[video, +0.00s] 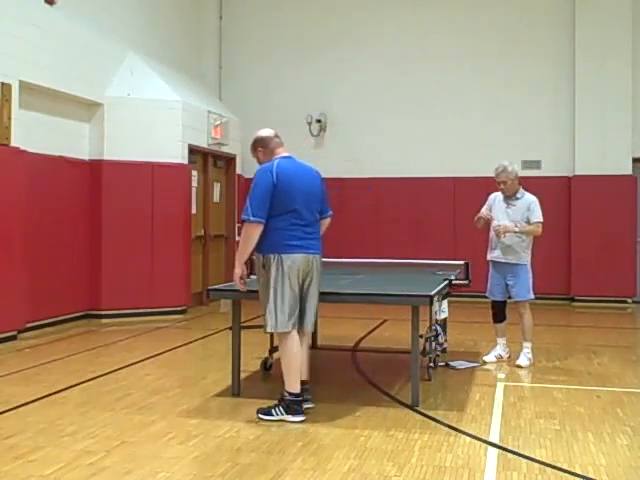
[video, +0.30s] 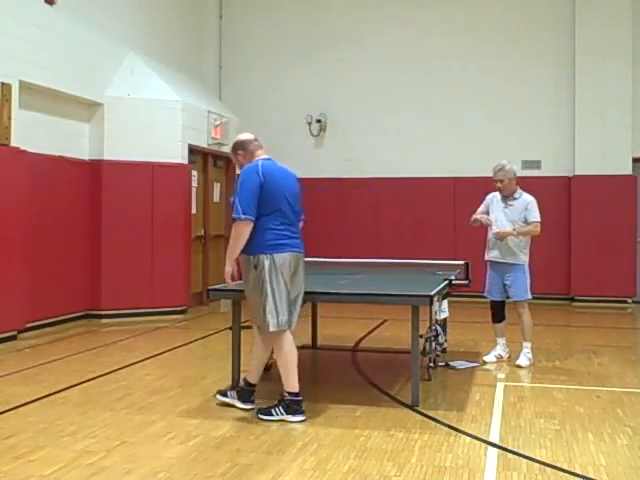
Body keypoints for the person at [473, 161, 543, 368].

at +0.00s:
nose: (501, 187)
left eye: (505, 183)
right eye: (499, 183)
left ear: (516, 181)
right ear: (497, 183)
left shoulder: (530, 201)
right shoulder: (494, 198)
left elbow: (537, 229)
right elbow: (481, 224)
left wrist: (513, 228)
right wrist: (482, 219)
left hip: (519, 261)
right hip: (497, 260)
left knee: (522, 305)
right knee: (497, 304)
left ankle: (526, 349)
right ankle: (501, 347)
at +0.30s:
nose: (498, 185)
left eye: (502, 181)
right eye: (496, 182)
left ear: (514, 180)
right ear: (495, 181)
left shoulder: (528, 201)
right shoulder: (492, 198)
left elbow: (535, 228)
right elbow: (475, 218)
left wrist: (511, 232)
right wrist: (480, 218)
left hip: (517, 261)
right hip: (494, 260)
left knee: (521, 305)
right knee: (496, 304)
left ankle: (526, 349)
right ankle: (501, 346)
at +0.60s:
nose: (495, 185)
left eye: (498, 181)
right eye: (493, 181)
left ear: (510, 180)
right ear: (492, 181)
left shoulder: (524, 201)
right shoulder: (489, 199)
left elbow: (531, 229)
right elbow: (473, 218)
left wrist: (508, 234)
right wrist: (480, 222)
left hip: (514, 261)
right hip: (492, 260)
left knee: (519, 305)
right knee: (495, 304)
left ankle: (526, 349)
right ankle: (501, 346)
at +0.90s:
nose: (490, 186)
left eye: (493, 182)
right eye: (488, 182)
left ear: (506, 180)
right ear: (488, 182)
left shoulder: (520, 202)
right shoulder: (485, 200)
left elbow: (527, 230)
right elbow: (473, 221)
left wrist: (501, 237)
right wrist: (476, 228)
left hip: (510, 262)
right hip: (489, 261)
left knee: (516, 304)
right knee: (493, 304)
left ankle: (526, 349)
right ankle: (500, 346)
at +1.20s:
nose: (486, 190)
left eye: (489, 185)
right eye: (484, 186)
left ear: (501, 182)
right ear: (483, 185)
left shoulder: (516, 202)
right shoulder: (481, 201)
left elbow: (524, 231)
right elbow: (469, 224)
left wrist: (500, 241)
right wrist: (473, 231)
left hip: (507, 262)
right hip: (486, 262)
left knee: (507, 303)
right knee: (491, 305)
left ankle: (521, 347)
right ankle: (500, 347)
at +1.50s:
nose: (480, 200)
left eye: (483, 195)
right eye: (478, 196)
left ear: (494, 190)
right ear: (477, 193)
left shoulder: (511, 205)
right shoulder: (476, 206)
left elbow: (520, 236)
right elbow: (471, 231)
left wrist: (504, 257)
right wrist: (475, 249)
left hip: (508, 263)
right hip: (487, 263)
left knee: (506, 305)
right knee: (490, 306)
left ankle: (508, 350)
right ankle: (499, 346)